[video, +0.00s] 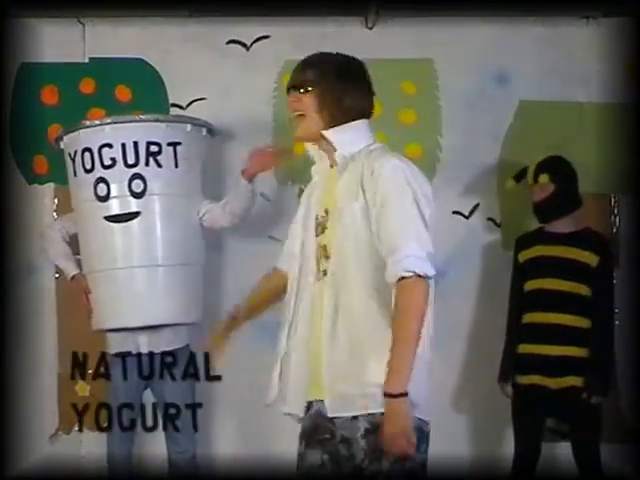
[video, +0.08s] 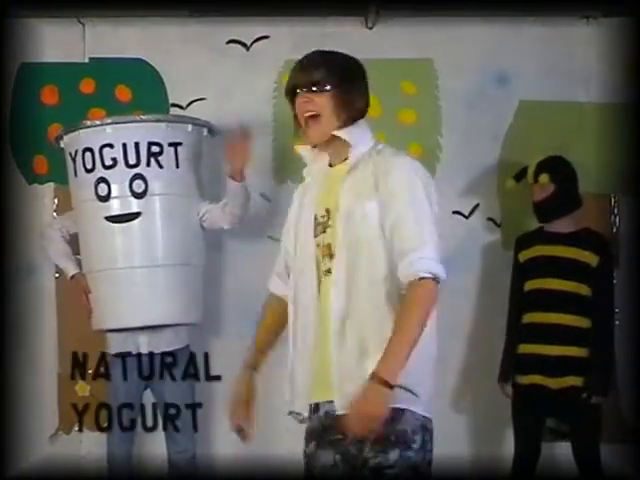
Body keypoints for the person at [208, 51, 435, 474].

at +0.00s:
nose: (292, 102)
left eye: (303, 89)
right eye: (291, 92)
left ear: (340, 95)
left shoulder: (387, 171)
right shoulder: (318, 185)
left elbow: (414, 280)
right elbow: (288, 270)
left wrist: (396, 396)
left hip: (380, 414)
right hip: (322, 410)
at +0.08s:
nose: (303, 102)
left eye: (316, 87)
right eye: (296, 93)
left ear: (351, 95)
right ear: (292, 107)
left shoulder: (397, 172)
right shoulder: (306, 191)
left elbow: (424, 284)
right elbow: (284, 291)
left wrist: (382, 383)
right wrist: (250, 368)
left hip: (391, 410)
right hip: (322, 412)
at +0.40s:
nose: (330, 106)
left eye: (344, 93)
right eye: (317, 94)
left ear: (366, 105)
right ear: (301, 109)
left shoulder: (419, 173)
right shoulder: (283, 203)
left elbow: (470, 264)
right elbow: (285, 313)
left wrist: (517, 348)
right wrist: (314, 401)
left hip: (421, 413)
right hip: (338, 418)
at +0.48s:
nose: (337, 110)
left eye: (351, 96)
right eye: (323, 99)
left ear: (373, 107)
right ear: (307, 113)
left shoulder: (426, 174)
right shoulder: (289, 206)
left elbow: (470, 257)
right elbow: (288, 320)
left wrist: (517, 337)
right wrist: (316, 417)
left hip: (424, 417)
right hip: (340, 421)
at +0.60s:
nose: (350, 112)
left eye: (364, 97)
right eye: (334, 101)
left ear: (385, 107)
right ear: (319, 116)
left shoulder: (436, 174)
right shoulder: (296, 209)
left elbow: (469, 261)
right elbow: (295, 325)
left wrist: (506, 339)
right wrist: (321, 424)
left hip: (427, 417)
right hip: (343, 421)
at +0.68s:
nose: (358, 111)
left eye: (371, 96)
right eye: (341, 100)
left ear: (392, 106)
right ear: (324, 116)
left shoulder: (443, 176)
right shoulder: (300, 209)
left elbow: (471, 266)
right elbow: (297, 327)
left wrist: (504, 346)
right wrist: (327, 426)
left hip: (434, 419)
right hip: (347, 423)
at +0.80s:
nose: (363, 109)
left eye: (377, 94)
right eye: (346, 99)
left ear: (397, 105)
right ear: (328, 113)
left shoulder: (444, 175)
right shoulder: (301, 207)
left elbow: (475, 265)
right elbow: (298, 329)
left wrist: (512, 352)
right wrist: (335, 429)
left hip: (433, 423)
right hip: (344, 426)